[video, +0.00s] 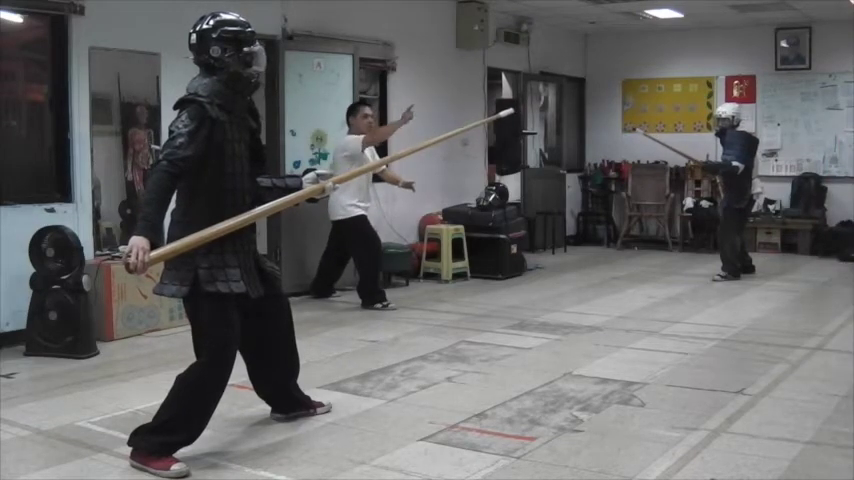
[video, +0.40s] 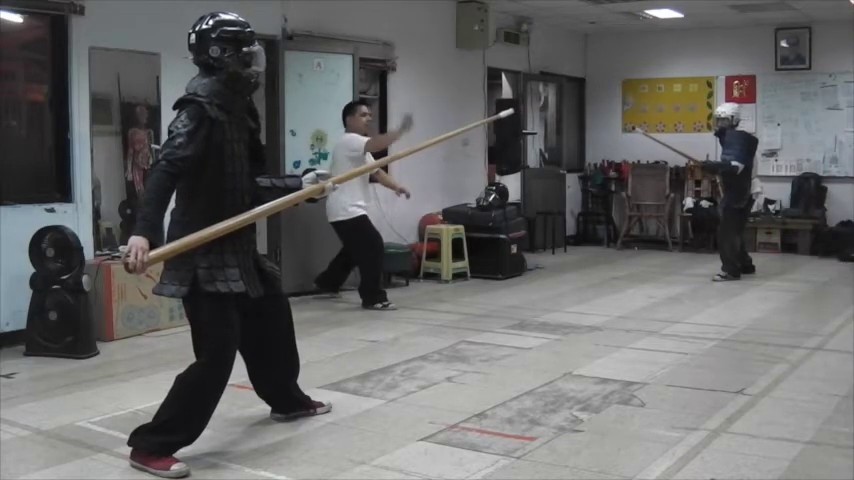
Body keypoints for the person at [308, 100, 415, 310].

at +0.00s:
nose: (371, 120)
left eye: (372, 117)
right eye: (365, 117)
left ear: (372, 120)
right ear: (351, 120)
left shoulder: (368, 149)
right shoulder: (345, 143)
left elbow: (382, 171)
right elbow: (375, 138)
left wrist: (400, 182)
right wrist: (400, 123)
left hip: (355, 207)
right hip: (345, 208)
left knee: (337, 251)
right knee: (370, 246)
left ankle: (321, 288)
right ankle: (371, 298)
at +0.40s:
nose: (369, 118)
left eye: (369, 115)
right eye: (363, 115)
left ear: (367, 119)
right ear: (349, 119)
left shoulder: (361, 147)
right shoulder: (348, 140)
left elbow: (377, 173)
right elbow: (372, 145)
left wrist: (397, 187)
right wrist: (397, 132)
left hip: (351, 208)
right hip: (345, 208)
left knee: (356, 247)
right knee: (372, 244)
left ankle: (327, 282)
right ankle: (372, 297)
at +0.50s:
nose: (361, 118)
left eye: (362, 114)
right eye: (356, 114)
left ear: (362, 120)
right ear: (342, 120)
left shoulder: (346, 143)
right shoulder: (344, 144)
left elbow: (364, 175)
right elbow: (363, 172)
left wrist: (387, 186)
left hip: (344, 208)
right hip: (344, 208)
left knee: (357, 250)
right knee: (368, 247)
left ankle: (330, 283)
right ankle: (372, 298)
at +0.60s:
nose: (353, 116)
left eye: (354, 112)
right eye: (348, 112)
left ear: (354, 117)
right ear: (335, 118)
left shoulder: (350, 145)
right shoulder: (331, 144)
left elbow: (359, 179)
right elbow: (327, 179)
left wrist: (373, 204)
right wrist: (337, 210)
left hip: (351, 210)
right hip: (336, 211)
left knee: (350, 254)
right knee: (356, 254)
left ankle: (326, 289)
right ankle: (371, 297)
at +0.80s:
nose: (340, 111)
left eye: (341, 107)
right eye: (335, 107)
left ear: (340, 111)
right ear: (322, 112)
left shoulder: (342, 139)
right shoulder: (313, 137)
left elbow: (344, 169)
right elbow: (300, 169)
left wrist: (348, 190)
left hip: (337, 202)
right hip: (316, 203)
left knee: (335, 247)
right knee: (328, 247)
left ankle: (321, 289)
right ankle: (337, 293)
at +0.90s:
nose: (331, 110)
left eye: (332, 106)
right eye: (326, 106)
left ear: (331, 109)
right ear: (313, 110)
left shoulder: (331, 136)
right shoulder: (306, 136)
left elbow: (334, 164)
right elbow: (299, 165)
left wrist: (338, 185)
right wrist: (300, 190)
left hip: (328, 189)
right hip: (311, 191)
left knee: (331, 240)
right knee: (317, 242)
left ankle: (332, 285)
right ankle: (318, 288)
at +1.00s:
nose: (322, 112)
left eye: (323, 107)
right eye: (317, 107)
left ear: (322, 110)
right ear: (304, 110)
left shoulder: (322, 139)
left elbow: (335, 171)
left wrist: (355, 180)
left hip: (320, 208)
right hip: (298, 209)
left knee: (325, 250)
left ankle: (328, 289)